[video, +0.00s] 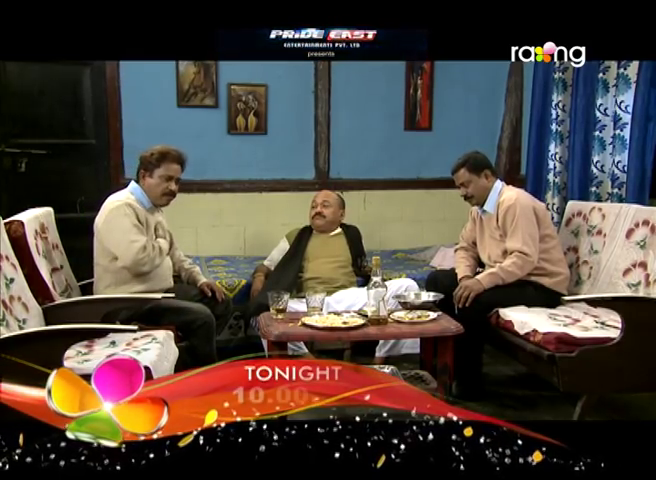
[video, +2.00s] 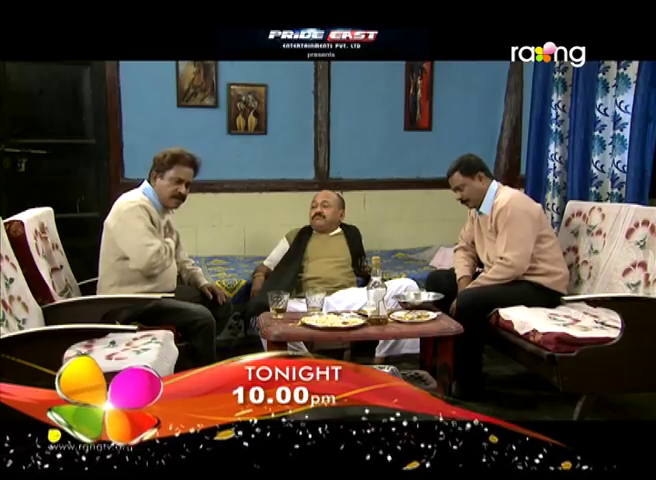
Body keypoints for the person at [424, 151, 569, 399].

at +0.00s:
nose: (463, 193)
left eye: (466, 185)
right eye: (460, 188)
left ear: (487, 177)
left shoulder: (517, 203)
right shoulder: (479, 209)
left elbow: (523, 259)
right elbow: (465, 247)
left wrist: (480, 282)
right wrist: (465, 277)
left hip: (542, 285)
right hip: (504, 277)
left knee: (472, 301)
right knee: (438, 280)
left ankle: (467, 385)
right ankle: (439, 370)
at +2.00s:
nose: (458, 197)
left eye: (461, 189)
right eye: (455, 192)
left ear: (481, 178)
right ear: (479, 180)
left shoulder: (514, 205)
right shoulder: (478, 209)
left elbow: (513, 265)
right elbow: (464, 247)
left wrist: (465, 294)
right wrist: (464, 281)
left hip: (541, 286)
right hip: (502, 277)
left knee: (469, 302)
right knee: (437, 280)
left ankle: (467, 386)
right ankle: (440, 369)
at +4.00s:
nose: (458, 198)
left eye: (461, 191)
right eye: (455, 193)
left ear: (481, 179)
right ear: (478, 181)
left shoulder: (513, 206)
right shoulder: (477, 208)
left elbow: (513, 266)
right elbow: (464, 248)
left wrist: (466, 294)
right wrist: (463, 283)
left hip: (541, 286)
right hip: (504, 277)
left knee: (468, 302)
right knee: (437, 280)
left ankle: (467, 385)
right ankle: (440, 369)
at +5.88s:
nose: (471, 184)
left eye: (476, 176)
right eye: (471, 178)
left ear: (498, 172)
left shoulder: (526, 201)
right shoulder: (486, 207)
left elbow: (513, 261)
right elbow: (468, 247)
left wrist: (472, 291)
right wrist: (464, 281)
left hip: (541, 285)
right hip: (504, 277)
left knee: (468, 303)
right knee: (437, 280)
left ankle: (467, 385)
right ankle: (436, 370)